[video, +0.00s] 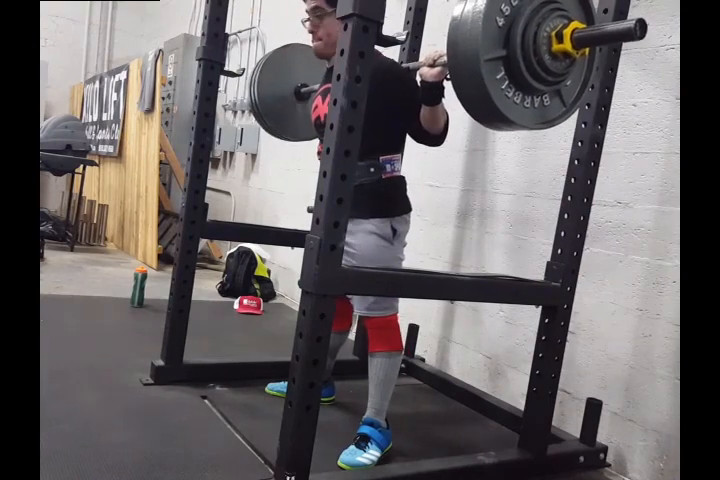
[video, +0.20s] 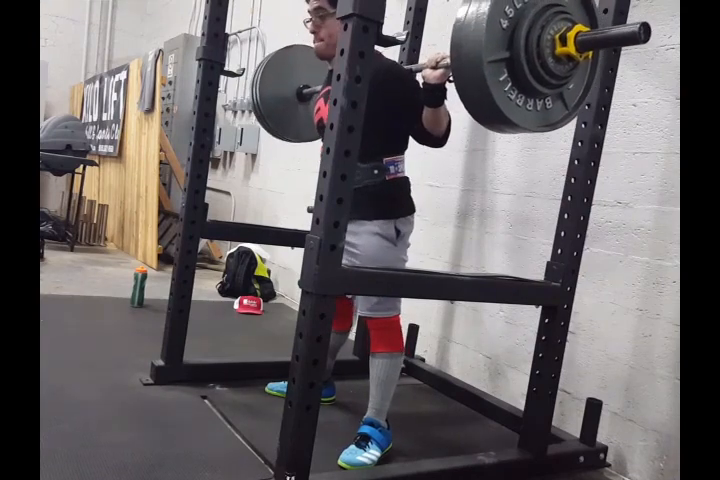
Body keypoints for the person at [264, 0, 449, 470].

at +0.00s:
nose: (310, 31)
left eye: (317, 20)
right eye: (307, 22)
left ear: (348, 19)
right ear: (320, 25)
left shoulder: (387, 74)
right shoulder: (329, 78)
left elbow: (433, 135)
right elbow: (328, 139)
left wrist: (431, 87)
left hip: (377, 215)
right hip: (331, 212)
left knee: (377, 311)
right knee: (327, 301)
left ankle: (375, 424)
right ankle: (317, 379)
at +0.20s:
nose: (311, 30)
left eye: (319, 20)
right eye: (310, 21)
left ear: (349, 20)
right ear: (329, 26)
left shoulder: (389, 76)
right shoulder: (332, 78)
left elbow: (435, 136)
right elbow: (329, 131)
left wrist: (434, 88)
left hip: (379, 215)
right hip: (334, 211)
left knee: (380, 312)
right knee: (330, 302)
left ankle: (376, 424)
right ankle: (318, 379)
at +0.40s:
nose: (311, 32)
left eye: (318, 21)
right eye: (310, 23)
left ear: (349, 22)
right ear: (331, 27)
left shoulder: (391, 78)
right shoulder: (333, 81)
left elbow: (438, 135)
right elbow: (325, 127)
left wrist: (436, 89)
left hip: (382, 217)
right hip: (335, 214)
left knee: (382, 312)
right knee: (331, 301)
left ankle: (376, 424)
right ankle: (318, 380)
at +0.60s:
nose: (312, 33)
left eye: (319, 22)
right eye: (310, 24)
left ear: (349, 22)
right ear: (331, 28)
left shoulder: (391, 78)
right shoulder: (333, 81)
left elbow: (438, 136)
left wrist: (435, 88)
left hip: (382, 217)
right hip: (335, 213)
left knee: (382, 312)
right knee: (331, 302)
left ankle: (376, 424)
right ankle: (318, 380)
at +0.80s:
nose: (310, 33)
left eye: (317, 22)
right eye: (308, 24)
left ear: (348, 21)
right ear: (330, 26)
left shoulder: (390, 78)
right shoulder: (333, 80)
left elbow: (437, 135)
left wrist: (434, 88)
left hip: (382, 217)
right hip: (335, 214)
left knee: (382, 313)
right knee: (331, 302)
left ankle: (376, 423)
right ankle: (318, 380)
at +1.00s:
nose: (310, 33)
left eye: (316, 22)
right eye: (308, 24)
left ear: (348, 20)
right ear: (330, 26)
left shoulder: (391, 78)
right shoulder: (333, 79)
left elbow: (437, 136)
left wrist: (434, 88)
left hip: (383, 218)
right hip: (335, 214)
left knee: (382, 313)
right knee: (331, 302)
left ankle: (376, 424)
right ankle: (318, 380)